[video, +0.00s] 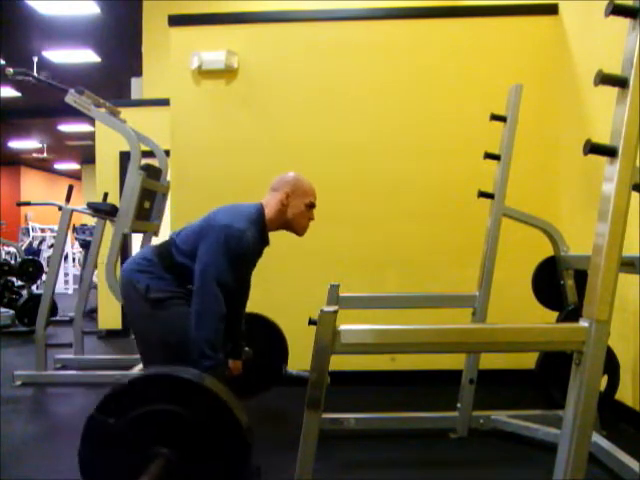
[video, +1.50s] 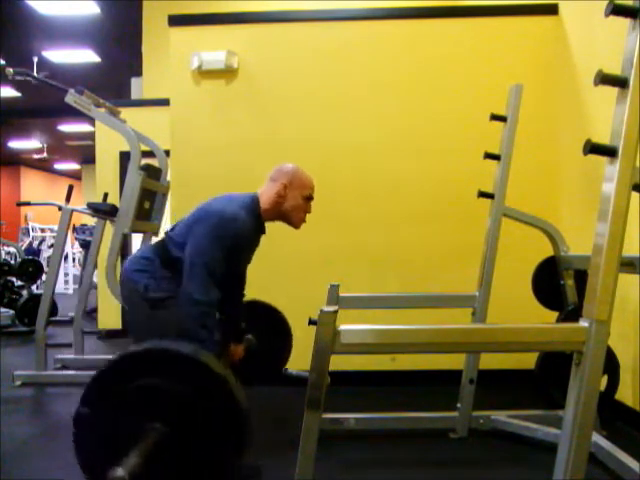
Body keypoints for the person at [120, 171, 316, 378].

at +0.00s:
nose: (313, 216)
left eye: (313, 209)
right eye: (309, 207)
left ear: (285, 201)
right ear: (285, 200)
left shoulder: (251, 233)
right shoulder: (234, 229)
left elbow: (234, 301)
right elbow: (208, 301)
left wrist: (234, 352)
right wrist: (213, 365)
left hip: (169, 286)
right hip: (149, 283)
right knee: (174, 372)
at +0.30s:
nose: (318, 222)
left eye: (319, 215)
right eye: (314, 214)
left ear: (289, 210)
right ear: (290, 209)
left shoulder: (256, 244)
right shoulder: (243, 242)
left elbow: (242, 315)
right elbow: (223, 314)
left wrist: (237, 370)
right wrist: (220, 383)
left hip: (167, 287)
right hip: (153, 284)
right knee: (188, 370)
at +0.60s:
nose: (308, 212)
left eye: (309, 204)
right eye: (305, 202)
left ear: (280, 194)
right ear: (281, 193)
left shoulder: (247, 223)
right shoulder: (231, 220)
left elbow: (232, 287)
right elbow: (199, 284)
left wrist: (239, 335)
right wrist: (219, 346)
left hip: (170, 282)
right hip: (149, 281)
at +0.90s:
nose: (305, 198)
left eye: (308, 190)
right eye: (305, 187)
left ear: (282, 174)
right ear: (283, 173)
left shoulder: (247, 197)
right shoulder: (227, 189)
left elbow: (220, 251)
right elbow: (167, 227)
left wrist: (232, 279)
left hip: (197, 300)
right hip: (177, 299)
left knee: (205, 378)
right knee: (191, 379)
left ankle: (206, 456)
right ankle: (195, 461)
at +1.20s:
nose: (313, 204)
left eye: (316, 196)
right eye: (312, 193)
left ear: (288, 182)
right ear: (290, 181)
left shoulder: (251, 207)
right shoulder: (236, 200)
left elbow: (219, 258)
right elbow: (170, 245)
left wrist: (227, 287)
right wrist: (213, 286)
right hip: (173, 300)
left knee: (206, 380)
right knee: (193, 382)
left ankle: (206, 456)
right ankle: (196, 462)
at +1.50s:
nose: (310, 209)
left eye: (311, 201)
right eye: (307, 199)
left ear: (282, 191)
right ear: (282, 191)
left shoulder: (247, 224)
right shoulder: (228, 219)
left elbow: (231, 292)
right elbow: (198, 296)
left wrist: (233, 339)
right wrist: (213, 354)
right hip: (148, 285)